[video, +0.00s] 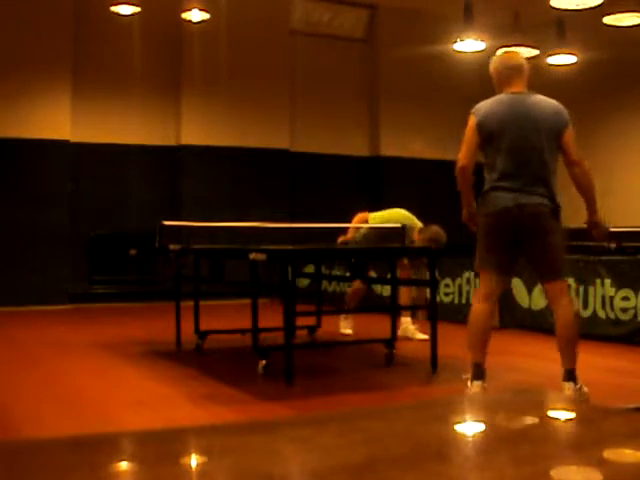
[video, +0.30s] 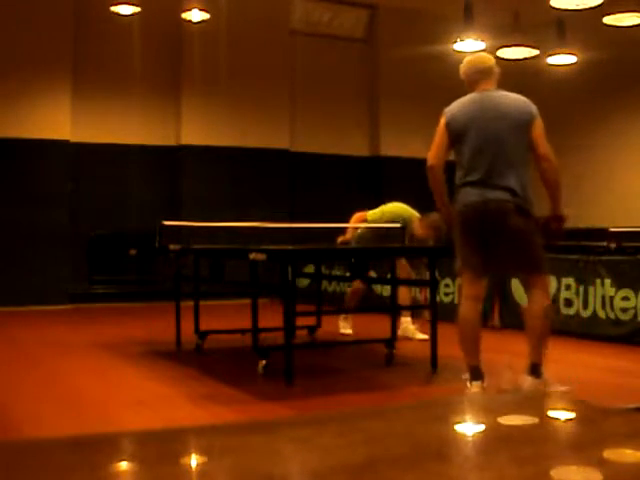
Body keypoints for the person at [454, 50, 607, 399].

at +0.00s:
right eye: (525, 70)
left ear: (495, 79)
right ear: (526, 75)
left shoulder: (482, 111)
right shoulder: (554, 110)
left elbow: (464, 164)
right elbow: (575, 163)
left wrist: (468, 205)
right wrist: (593, 211)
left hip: (495, 216)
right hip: (541, 215)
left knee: (486, 292)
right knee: (559, 294)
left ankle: (476, 377)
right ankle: (570, 379)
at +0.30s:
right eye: (494, 72)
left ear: (466, 81)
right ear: (495, 75)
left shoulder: (453, 111)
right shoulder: (524, 106)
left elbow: (434, 161)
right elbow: (545, 157)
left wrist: (444, 208)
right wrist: (556, 209)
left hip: (469, 211)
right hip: (512, 210)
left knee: (471, 290)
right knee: (537, 286)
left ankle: (474, 375)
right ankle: (535, 371)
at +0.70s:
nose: (481, 73)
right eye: (483, 67)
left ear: (453, 76)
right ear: (485, 71)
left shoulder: (441, 111)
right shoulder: (511, 106)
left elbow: (425, 165)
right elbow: (533, 158)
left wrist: (422, 213)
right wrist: (548, 211)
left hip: (453, 210)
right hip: (495, 210)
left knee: (461, 291)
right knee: (492, 293)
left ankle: (470, 372)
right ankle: (468, 375)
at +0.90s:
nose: (485, 72)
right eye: (486, 67)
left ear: (454, 73)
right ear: (485, 70)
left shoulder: (437, 109)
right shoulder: (508, 106)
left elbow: (420, 163)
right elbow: (529, 160)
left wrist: (420, 213)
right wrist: (547, 213)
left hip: (447, 208)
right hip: (489, 209)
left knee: (457, 292)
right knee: (483, 295)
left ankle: (469, 372)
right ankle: (465, 379)